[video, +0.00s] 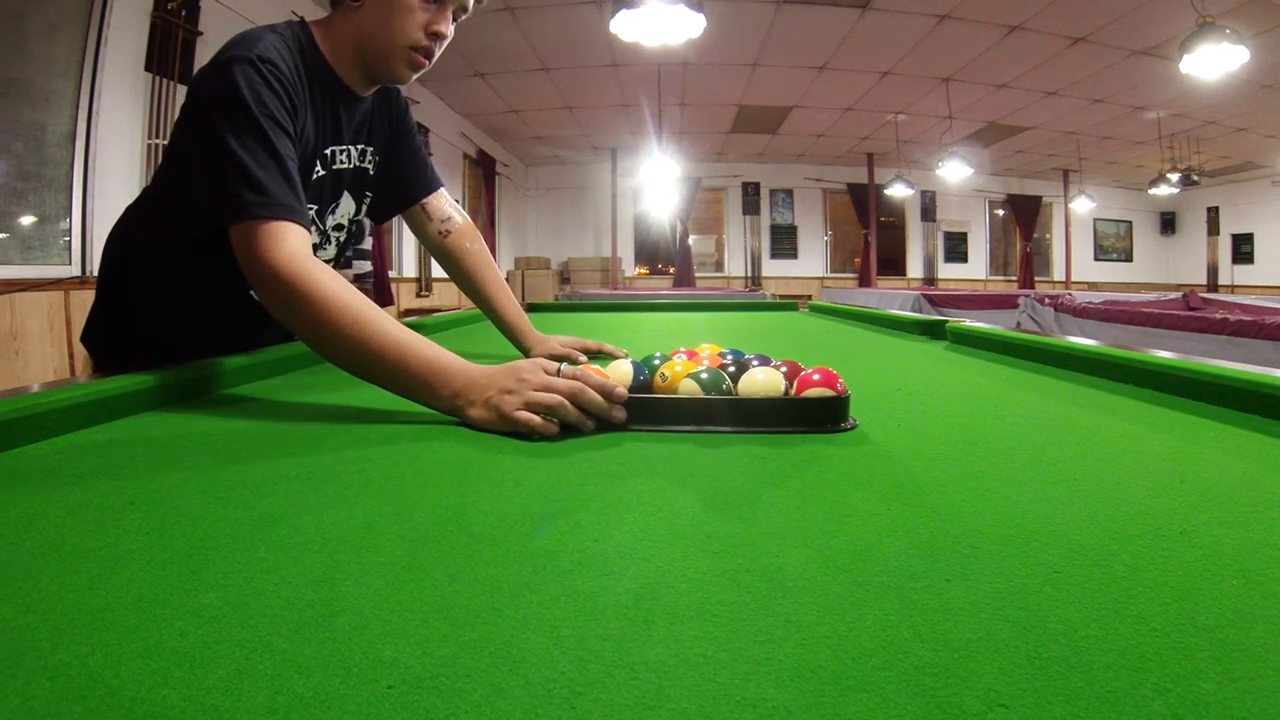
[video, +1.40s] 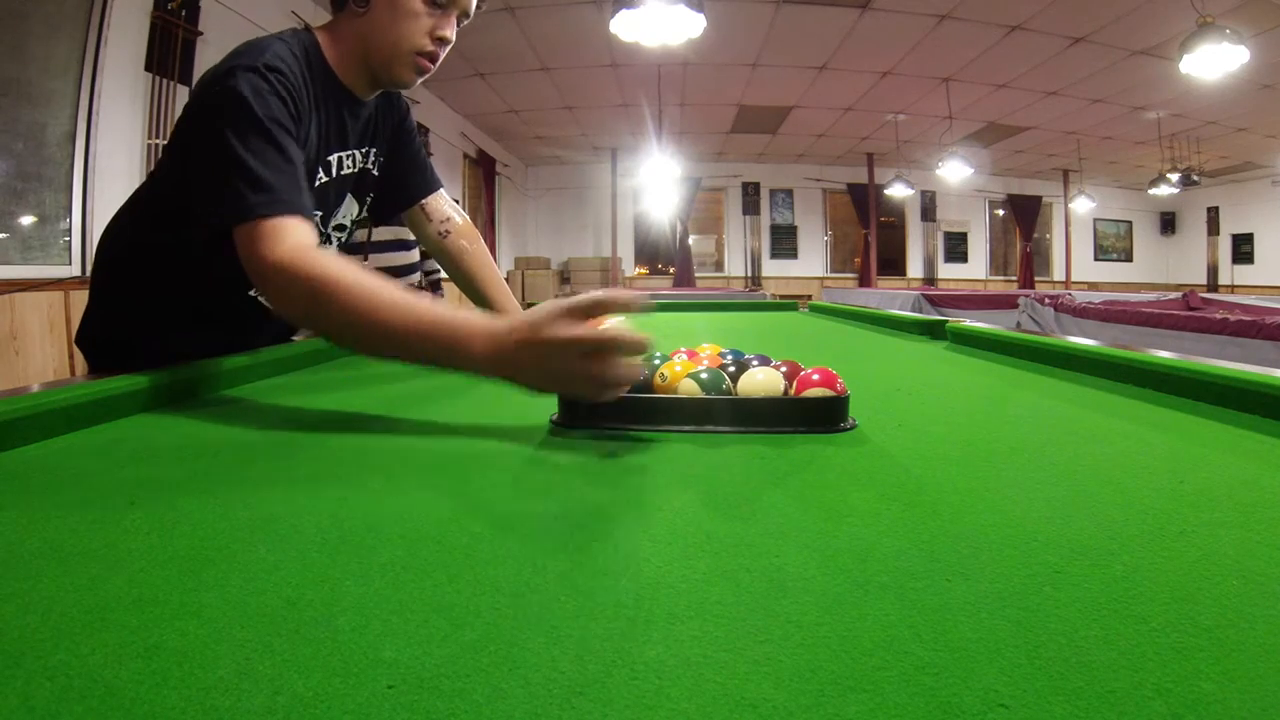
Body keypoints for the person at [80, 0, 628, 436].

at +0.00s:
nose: (444, 29)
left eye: (454, 13)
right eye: (431, 1)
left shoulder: (385, 101)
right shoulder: (256, 69)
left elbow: (444, 225)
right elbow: (278, 266)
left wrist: (527, 334)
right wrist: (468, 384)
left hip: (271, 342)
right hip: (158, 347)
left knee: (252, 531)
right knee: (147, 541)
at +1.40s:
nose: (450, 35)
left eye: (458, 21)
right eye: (438, 6)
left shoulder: (386, 110)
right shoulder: (259, 81)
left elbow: (447, 225)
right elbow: (283, 266)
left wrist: (517, 329)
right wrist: (496, 347)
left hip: (258, 333)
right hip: (150, 334)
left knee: (243, 513)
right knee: (141, 522)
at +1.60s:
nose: (454, 41)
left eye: (463, 26)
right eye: (442, 12)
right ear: (366, 0)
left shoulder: (389, 109)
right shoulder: (273, 75)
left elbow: (446, 228)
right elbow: (330, 235)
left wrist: (523, 329)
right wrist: (579, 302)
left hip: (261, 334)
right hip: (151, 337)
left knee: (253, 518)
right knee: (144, 526)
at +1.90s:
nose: (457, 48)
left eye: (467, 33)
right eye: (446, 17)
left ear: (449, 41)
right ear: (376, 1)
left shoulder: (387, 112)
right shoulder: (280, 76)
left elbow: (449, 227)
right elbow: (312, 232)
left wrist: (523, 330)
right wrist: (569, 301)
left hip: (255, 337)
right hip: (149, 338)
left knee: (238, 524)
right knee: (133, 534)